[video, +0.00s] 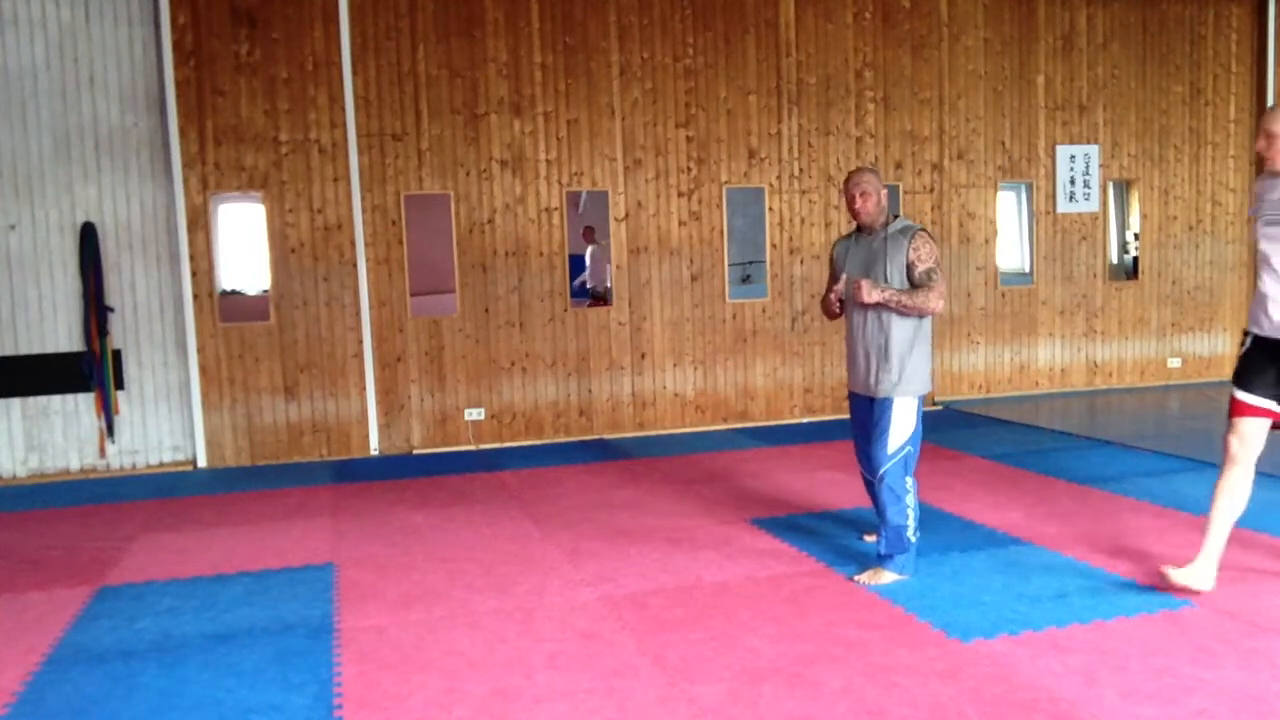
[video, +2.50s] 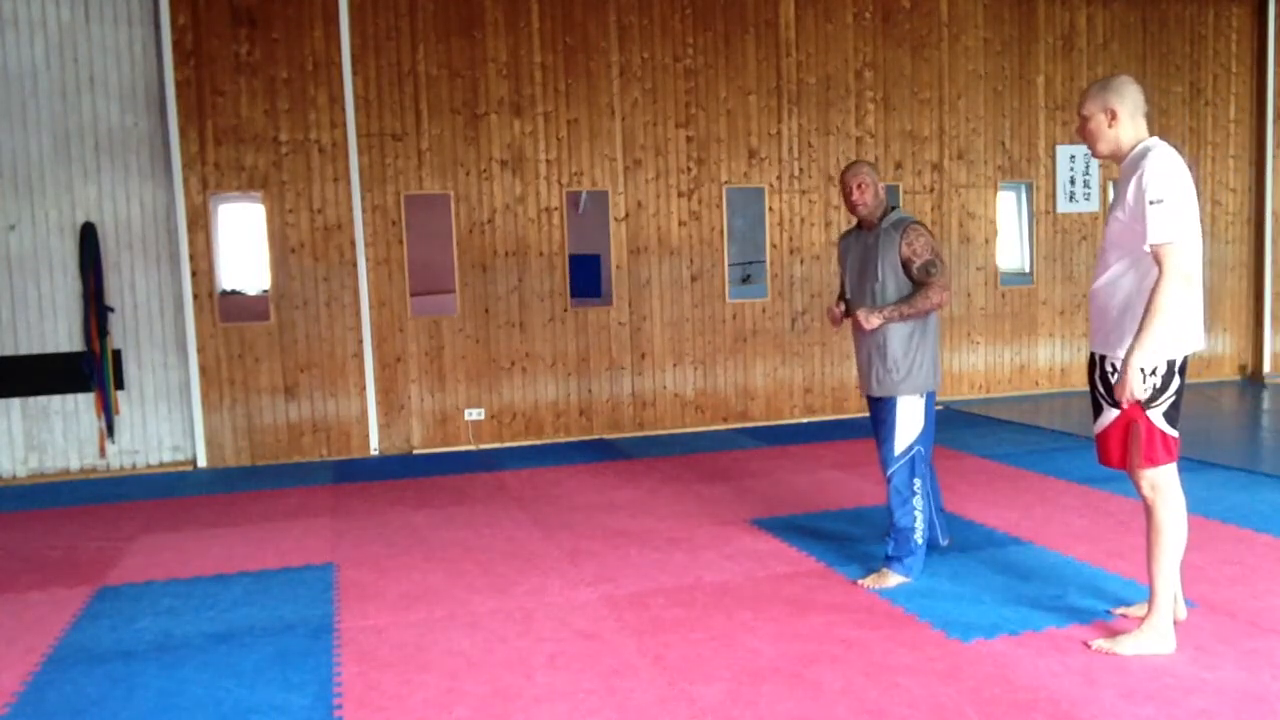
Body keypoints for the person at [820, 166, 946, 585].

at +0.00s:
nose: (857, 202)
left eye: (865, 194)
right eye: (851, 196)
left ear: (884, 196)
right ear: (845, 203)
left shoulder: (914, 240)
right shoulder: (843, 249)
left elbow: (935, 300)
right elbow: (831, 311)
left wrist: (879, 294)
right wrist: (833, 299)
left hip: (902, 377)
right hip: (862, 375)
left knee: (890, 468)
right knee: (871, 463)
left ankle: (899, 560)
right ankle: (895, 526)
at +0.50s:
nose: (866, 199)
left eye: (873, 191)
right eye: (860, 193)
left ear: (891, 193)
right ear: (853, 201)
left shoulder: (917, 238)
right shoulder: (844, 246)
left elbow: (942, 299)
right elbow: (828, 313)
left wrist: (899, 286)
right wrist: (832, 290)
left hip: (902, 372)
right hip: (860, 371)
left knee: (894, 468)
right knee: (872, 462)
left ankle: (900, 560)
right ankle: (896, 526)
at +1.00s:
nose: (862, 196)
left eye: (869, 189)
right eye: (855, 191)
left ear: (885, 192)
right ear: (848, 200)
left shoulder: (912, 236)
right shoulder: (841, 248)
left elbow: (939, 296)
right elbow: (829, 313)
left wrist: (884, 297)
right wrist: (828, 300)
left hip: (900, 373)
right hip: (859, 373)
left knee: (895, 469)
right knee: (872, 463)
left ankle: (900, 560)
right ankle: (895, 527)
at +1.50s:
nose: (842, 203)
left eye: (848, 194)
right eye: (835, 198)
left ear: (866, 194)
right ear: (831, 205)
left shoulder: (893, 236)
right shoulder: (838, 250)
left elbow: (933, 292)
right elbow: (837, 300)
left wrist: (881, 319)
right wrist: (838, 314)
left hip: (896, 372)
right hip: (861, 372)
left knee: (886, 463)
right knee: (872, 459)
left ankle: (904, 557)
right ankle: (896, 527)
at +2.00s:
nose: (840, 196)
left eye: (847, 187)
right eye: (833, 191)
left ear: (867, 186)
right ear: (830, 199)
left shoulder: (895, 233)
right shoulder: (840, 242)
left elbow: (929, 294)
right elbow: (848, 293)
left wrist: (874, 320)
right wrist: (839, 310)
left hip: (904, 378)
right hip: (872, 376)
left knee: (896, 472)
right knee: (891, 459)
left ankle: (905, 563)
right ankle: (923, 520)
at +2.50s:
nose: (855, 195)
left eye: (862, 186)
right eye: (848, 190)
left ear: (880, 188)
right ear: (844, 197)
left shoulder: (908, 233)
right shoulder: (848, 243)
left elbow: (939, 291)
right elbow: (849, 294)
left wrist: (883, 314)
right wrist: (841, 307)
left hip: (909, 375)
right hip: (876, 375)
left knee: (901, 469)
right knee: (905, 461)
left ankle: (904, 562)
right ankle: (933, 532)